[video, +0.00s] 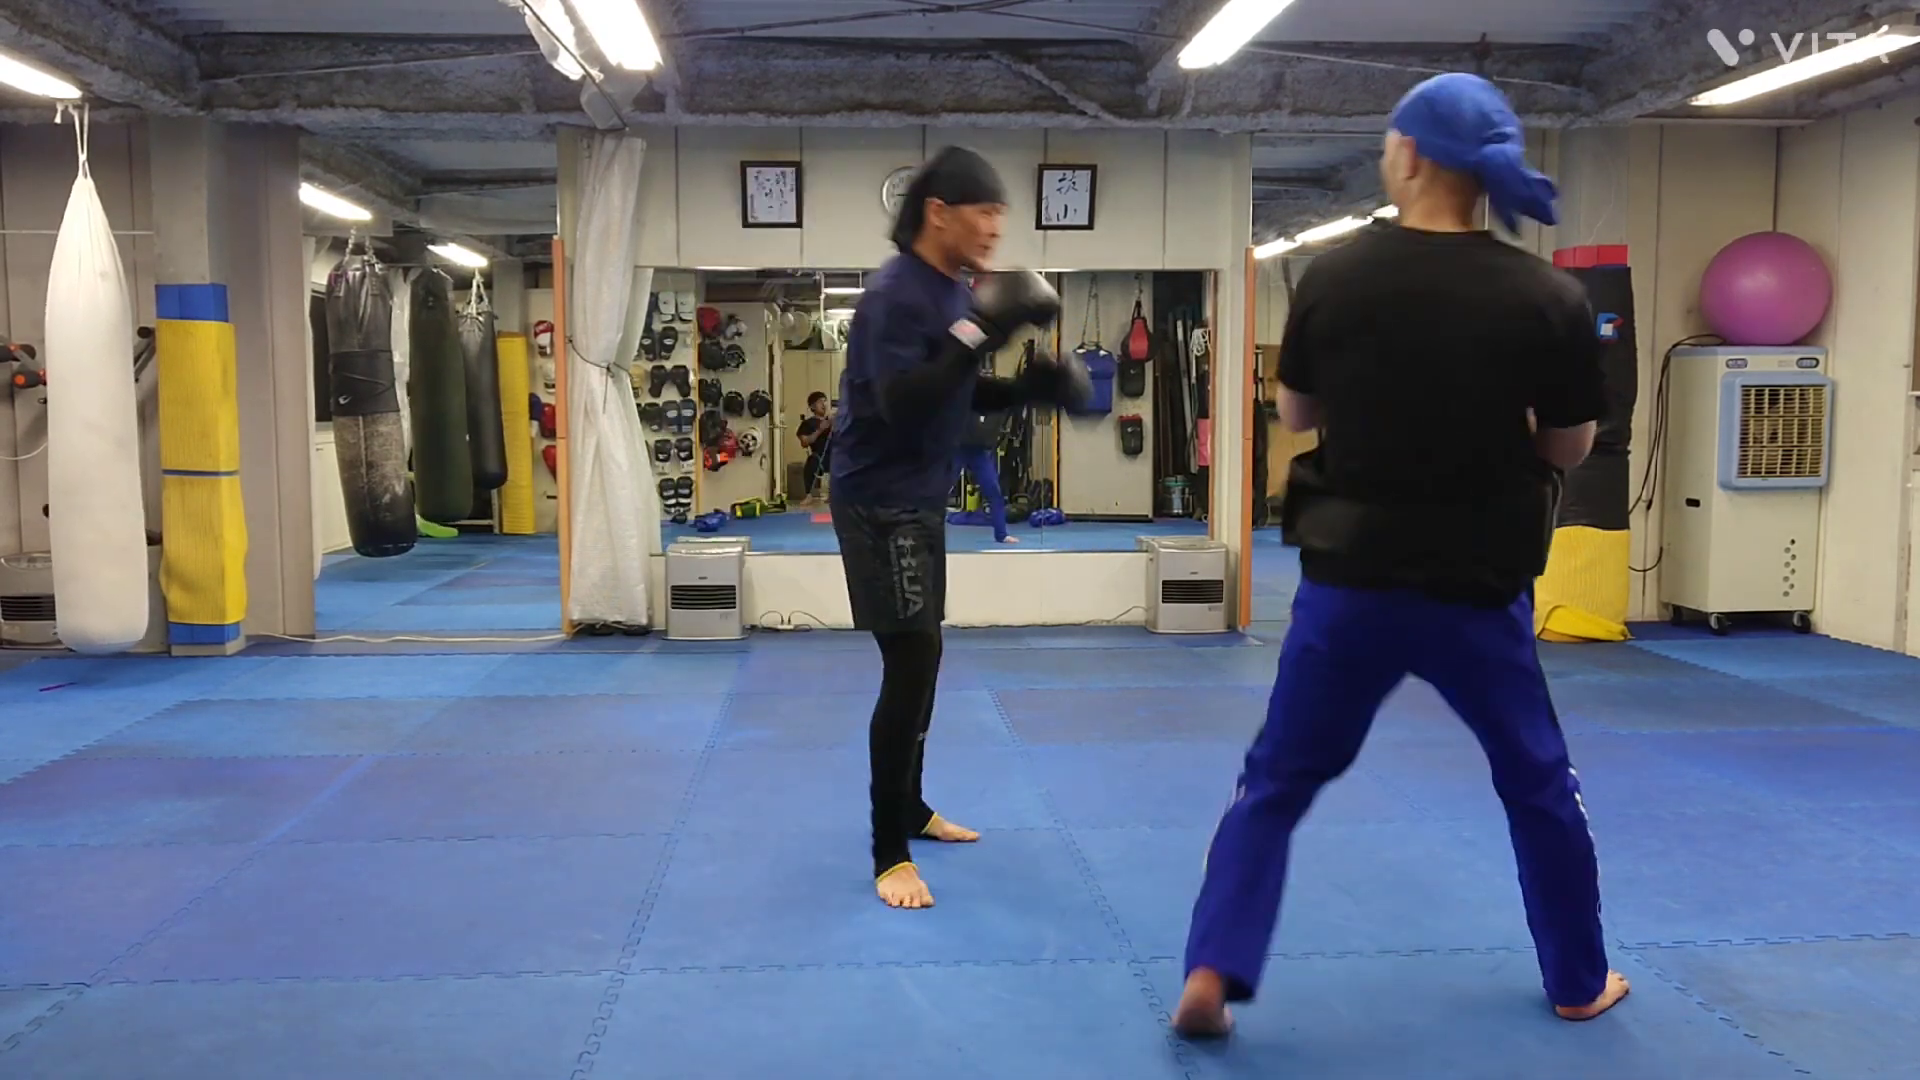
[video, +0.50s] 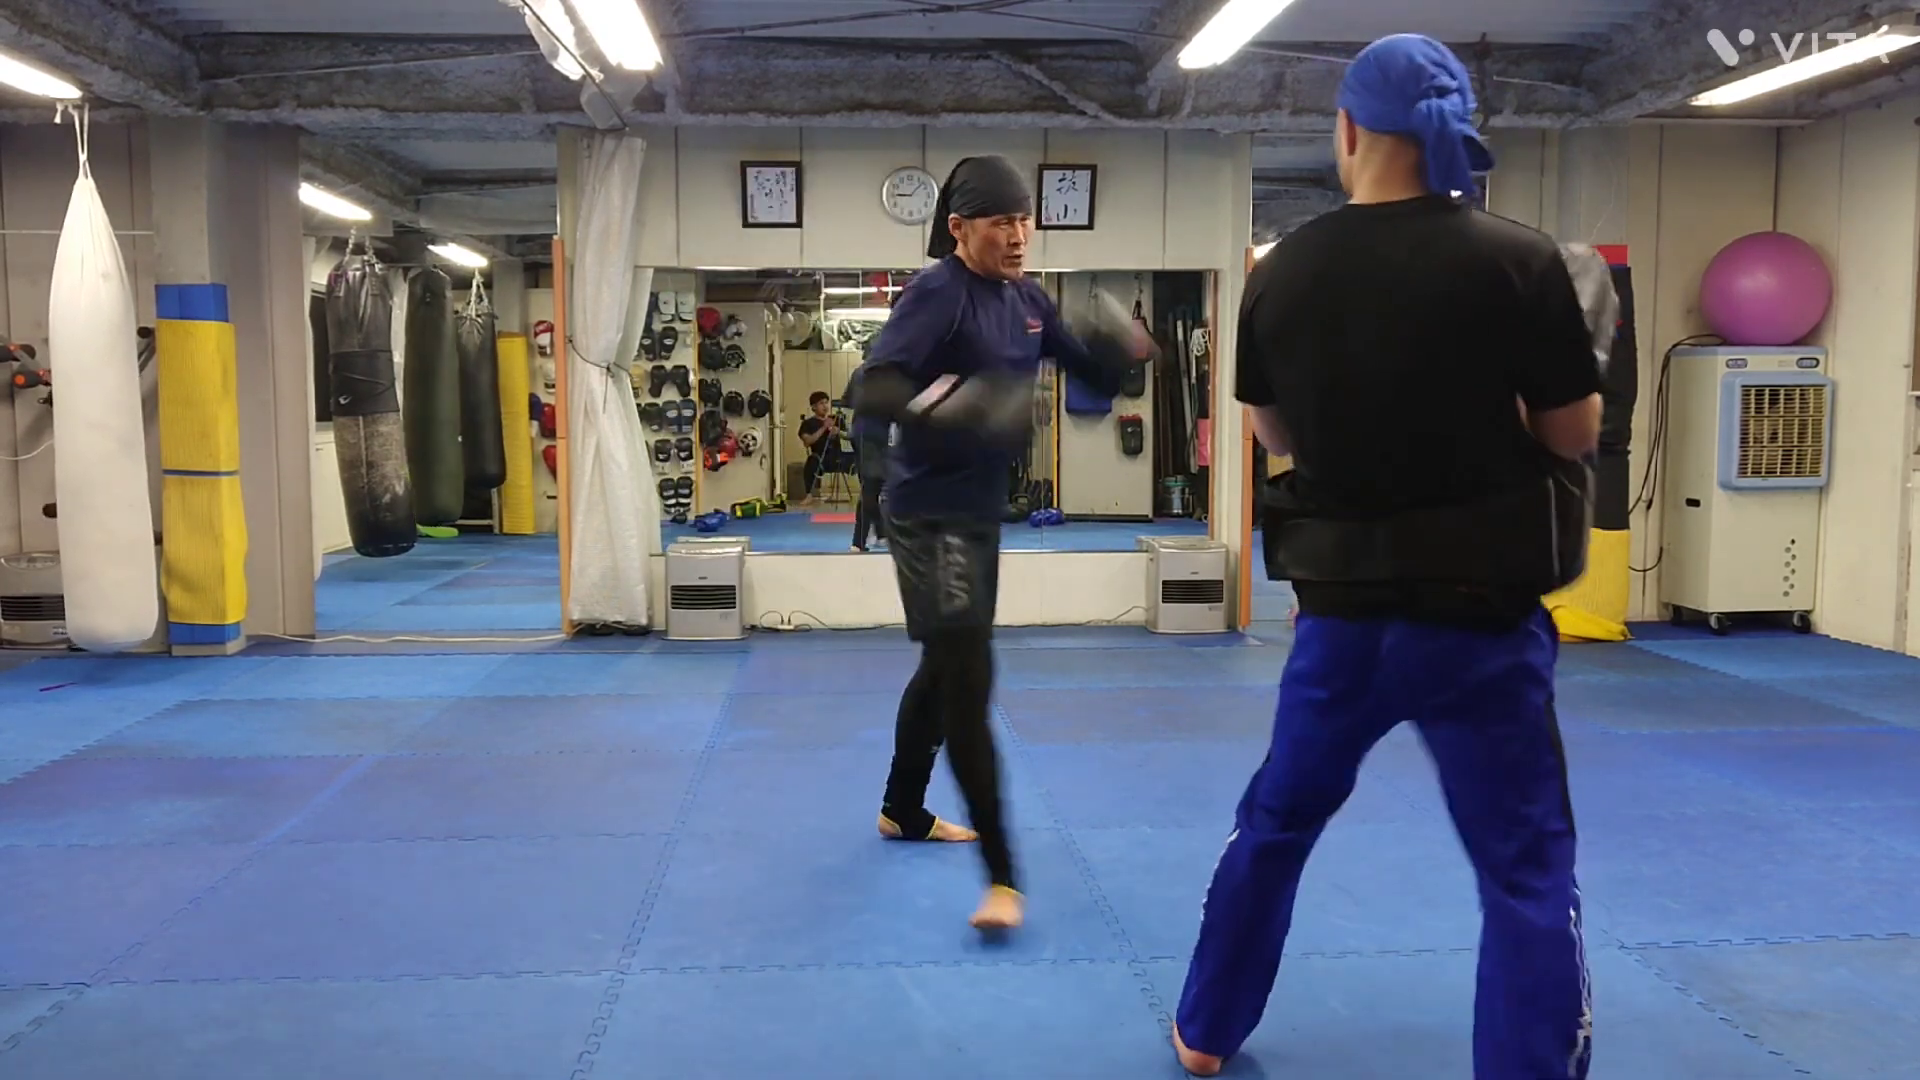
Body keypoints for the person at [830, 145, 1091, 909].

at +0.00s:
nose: (996, 229)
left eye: (999, 215)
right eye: (984, 213)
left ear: (964, 218)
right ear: (937, 212)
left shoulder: (953, 293)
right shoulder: (896, 293)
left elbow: (959, 400)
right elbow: (902, 401)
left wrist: (1033, 386)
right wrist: (977, 332)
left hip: (917, 502)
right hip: (880, 505)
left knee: (921, 658)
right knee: (907, 666)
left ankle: (908, 806)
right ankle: (890, 854)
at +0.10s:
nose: (1019, 255)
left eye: (1024, 242)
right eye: (1009, 239)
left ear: (1005, 241)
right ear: (961, 233)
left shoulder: (971, 310)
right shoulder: (921, 301)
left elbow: (968, 410)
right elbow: (921, 413)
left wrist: (1027, 442)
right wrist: (1016, 366)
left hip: (924, 505)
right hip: (875, 506)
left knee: (931, 657)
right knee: (911, 660)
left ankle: (904, 813)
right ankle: (869, 846)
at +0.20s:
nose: (1025, 261)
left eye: (1031, 248)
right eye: (1014, 244)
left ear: (1022, 247)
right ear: (968, 235)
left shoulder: (977, 310)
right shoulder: (929, 297)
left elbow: (965, 413)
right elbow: (927, 407)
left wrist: (1015, 463)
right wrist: (1016, 371)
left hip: (935, 510)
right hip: (888, 510)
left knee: (943, 663)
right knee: (915, 669)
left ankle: (903, 811)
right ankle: (855, 839)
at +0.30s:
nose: (1026, 247)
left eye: (1032, 233)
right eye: (1011, 231)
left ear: (1032, 235)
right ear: (968, 230)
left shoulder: (991, 304)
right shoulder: (939, 292)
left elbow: (990, 410)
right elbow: (928, 388)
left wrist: (1046, 459)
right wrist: (1016, 331)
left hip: (948, 509)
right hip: (900, 508)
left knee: (944, 659)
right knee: (929, 660)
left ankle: (905, 812)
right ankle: (870, 835)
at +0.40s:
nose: (1022, 239)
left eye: (1029, 225)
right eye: (1007, 225)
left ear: (1032, 226)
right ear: (964, 225)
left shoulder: (1000, 297)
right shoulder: (941, 286)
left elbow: (1033, 400)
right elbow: (909, 382)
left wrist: (1105, 433)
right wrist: (1000, 348)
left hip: (957, 504)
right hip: (910, 505)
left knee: (946, 655)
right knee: (941, 656)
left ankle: (907, 806)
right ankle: (920, 845)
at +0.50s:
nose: (1018, 234)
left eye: (1024, 220)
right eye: (1002, 223)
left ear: (1030, 222)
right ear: (960, 228)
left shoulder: (1030, 300)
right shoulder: (938, 291)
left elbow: (1094, 382)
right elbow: (869, 387)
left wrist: (1122, 358)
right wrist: (935, 403)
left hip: (981, 517)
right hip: (928, 516)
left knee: (948, 666)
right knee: (965, 676)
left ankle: (903, 808)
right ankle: (1000, 881)